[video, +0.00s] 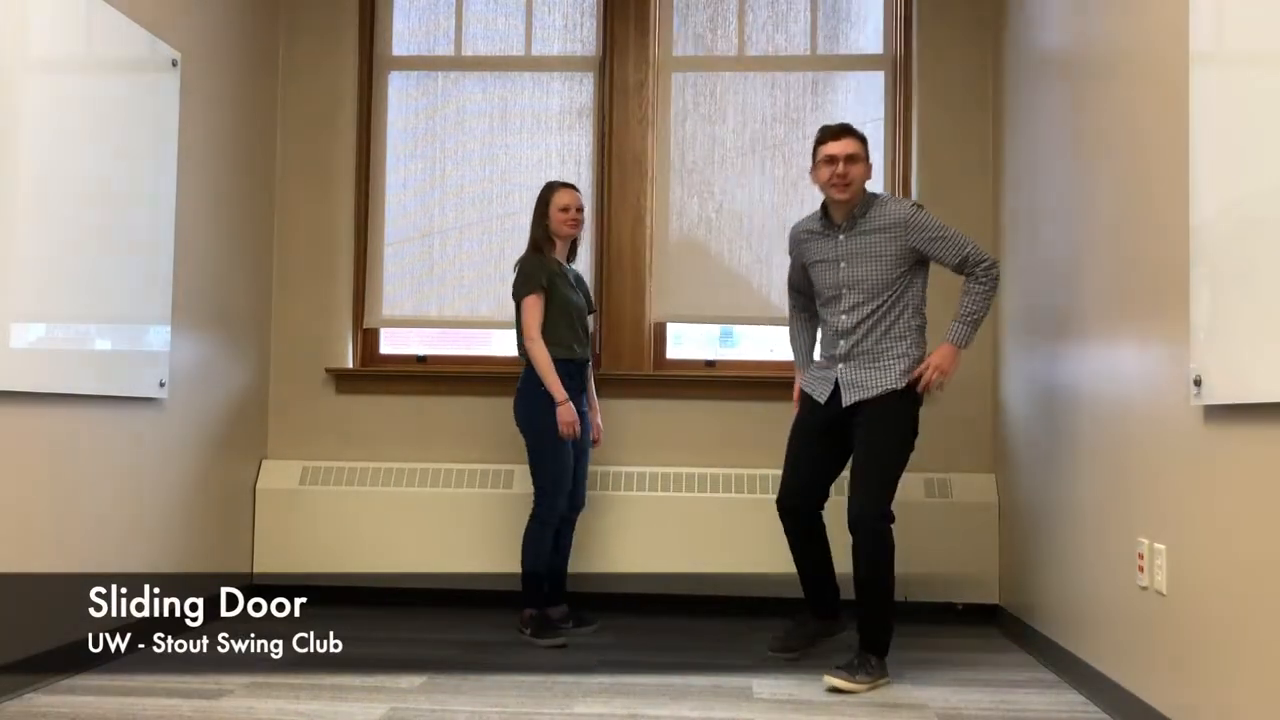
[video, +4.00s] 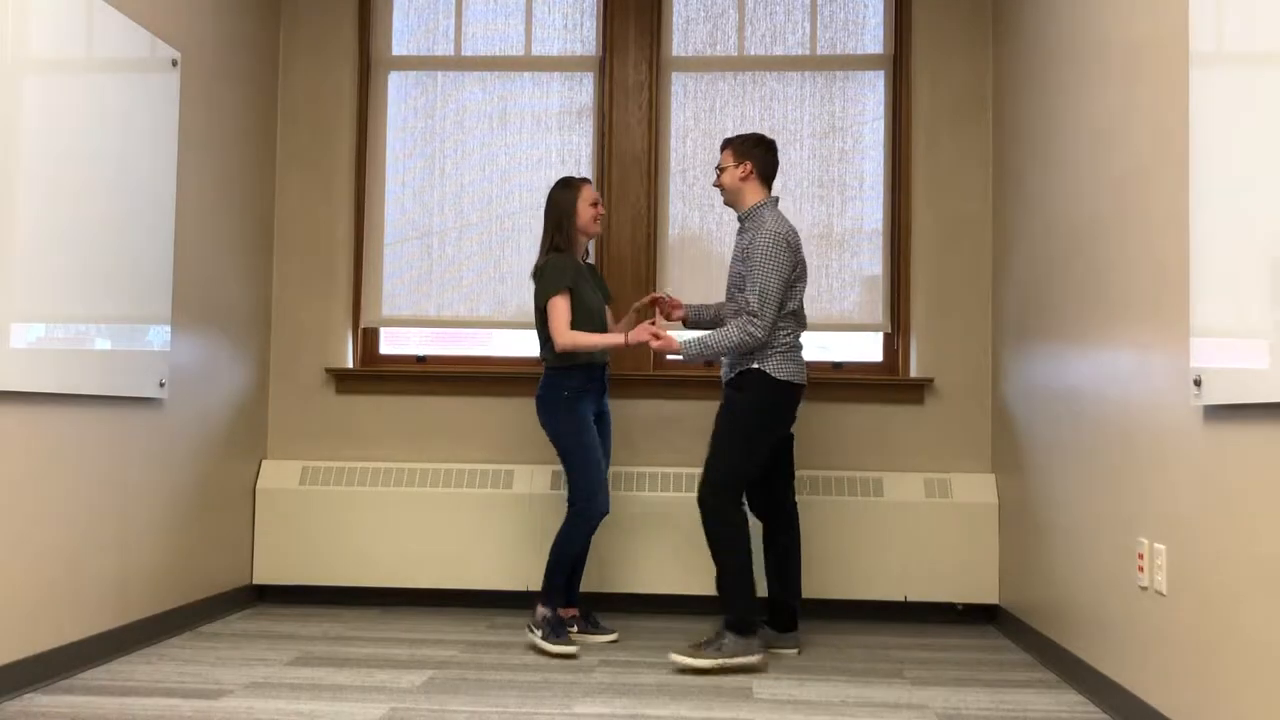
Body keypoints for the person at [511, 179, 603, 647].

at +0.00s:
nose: (574, 216)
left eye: (578, 210)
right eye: (565, 209)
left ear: (582, 218)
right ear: (545, 216)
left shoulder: (575, 277)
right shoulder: (534, 267)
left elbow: (581, 350)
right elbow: (531, 338)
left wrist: (591, 404)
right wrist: (560, 399)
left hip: (574, 394)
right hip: (543, 393)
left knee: (571, 502)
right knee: (550, 501)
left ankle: (556, 604)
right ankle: (534, 610)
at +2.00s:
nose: (570, 217)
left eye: (575, 210)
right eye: (560, 211)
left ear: (583, 216)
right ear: (543, 218)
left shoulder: (592, 276)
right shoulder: (528, 266)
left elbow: (603, 346)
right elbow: (521, 337)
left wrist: (591, 396)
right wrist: (552, 395)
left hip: (579, 394)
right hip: (536, 392)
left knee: (565, 505)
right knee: (535, 501)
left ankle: (558, 607)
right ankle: (529, 609)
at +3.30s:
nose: (577, 216)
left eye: (579, 209)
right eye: (568, 209)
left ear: (576, 217)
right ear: (542, 214)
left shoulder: (583, 277)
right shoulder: (527, 269)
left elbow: (588, 342)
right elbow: (525, 335)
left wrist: (619, 344)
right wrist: (593, 345)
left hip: (578, 396)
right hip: (539, 395)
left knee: (569, 504)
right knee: (540, 501)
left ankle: (558, 608)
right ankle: (531, 612)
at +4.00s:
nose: (601, 210)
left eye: (600, 204)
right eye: (592, 204)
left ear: (586, 214)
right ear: (566, 211)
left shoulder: (588, 269)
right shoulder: (557, 266)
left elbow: (607, 333)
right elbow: (561, 338)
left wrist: (639, 307)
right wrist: (624, 338)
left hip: (592, 395)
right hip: (564, 396)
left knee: (590, 504)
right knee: (590, 503)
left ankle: (569, 609)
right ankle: (548, 610)